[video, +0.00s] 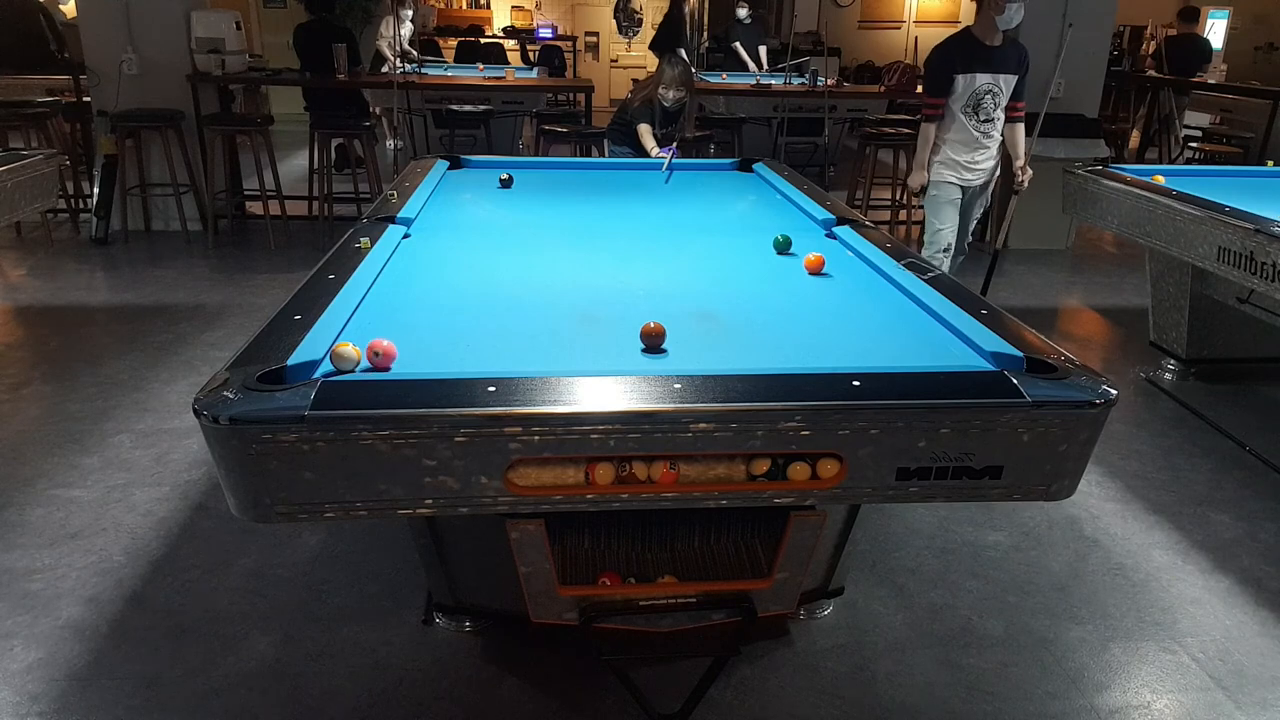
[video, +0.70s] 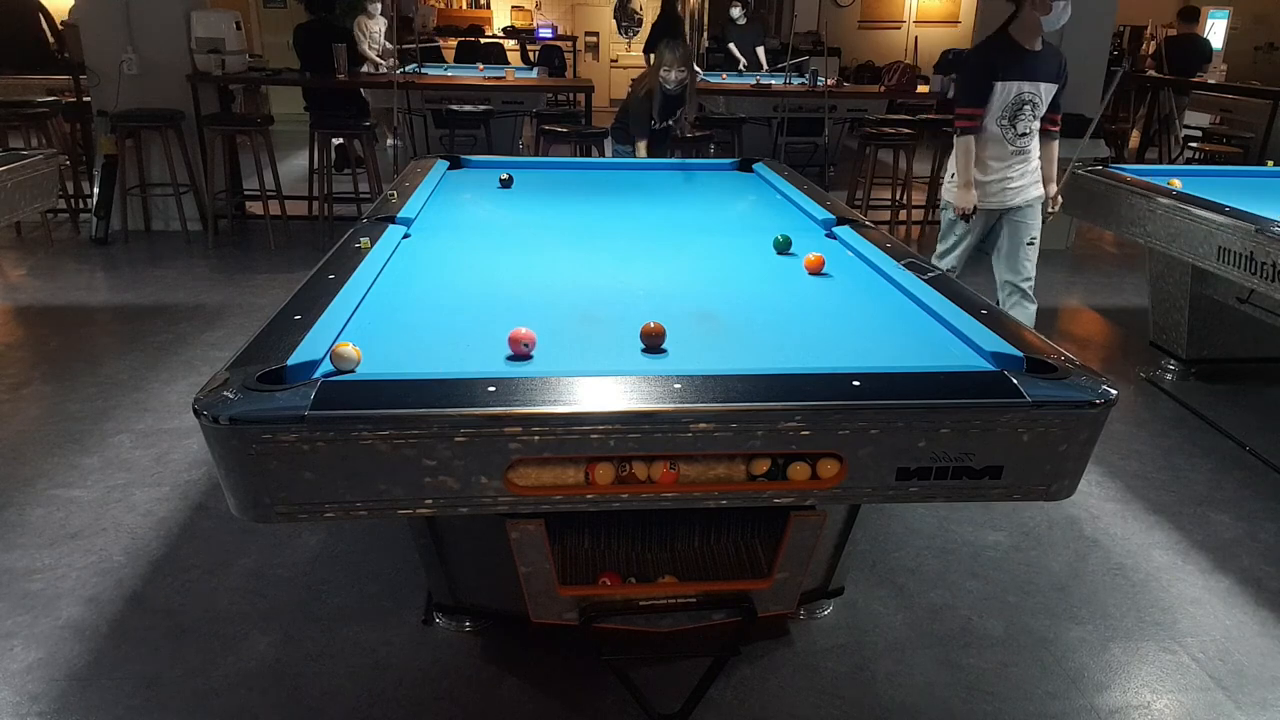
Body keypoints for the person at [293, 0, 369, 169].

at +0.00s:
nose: (302, 7)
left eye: (304, 5)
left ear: (307, 7)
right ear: (333, 7)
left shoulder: (300, 31)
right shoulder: (343, 31)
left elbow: (306, 64)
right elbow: (358, 72)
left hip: (315, 102)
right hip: (347, 103)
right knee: (362, 107)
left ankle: (352, 152)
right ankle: (345, 148)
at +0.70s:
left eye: (303, 5)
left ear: (307, 8)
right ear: (333, 7)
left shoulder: (300, 30)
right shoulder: (342, 30)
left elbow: (305, 61)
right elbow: (357, 61)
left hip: (314, 101)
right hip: (345, 101)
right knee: (362, 106)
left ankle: (350, 150)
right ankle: (343, 147)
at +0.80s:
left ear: (308, 8)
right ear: (335, 8)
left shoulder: (300, 31)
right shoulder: (344, 33)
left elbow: (305, 64)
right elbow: (355, 70)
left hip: (314, 102)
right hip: (346, 102)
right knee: (362, 107)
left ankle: (351, 150)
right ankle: (343, 147)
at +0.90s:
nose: (347, 10)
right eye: (344, 5)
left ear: (309, 8)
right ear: (337, 8)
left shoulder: (299, 31)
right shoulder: (344, 34)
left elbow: (305, 64)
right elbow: (355, 70)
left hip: (314, 102)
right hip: (345, 103)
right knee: (362, 106)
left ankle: (350, 150)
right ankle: (344, 147)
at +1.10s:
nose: (338, 7)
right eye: (336, 4)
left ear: (308, 8)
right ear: (332, 8)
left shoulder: (300, 31)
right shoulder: (344, 34)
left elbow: (306, 64)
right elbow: (357, 73)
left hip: (315, 104)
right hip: (346, 105)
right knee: (362, 105)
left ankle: (351, 150)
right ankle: (344, 148)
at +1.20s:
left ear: (308, 8)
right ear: (331, 8)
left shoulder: (300, 31)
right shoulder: (343, 32)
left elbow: (305, 65)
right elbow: (357, 71)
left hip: (315, 103)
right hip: (346, 104)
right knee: (362, 106)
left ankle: (351, 150)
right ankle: (345, 148)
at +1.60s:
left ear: (307, 8)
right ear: (332, 8)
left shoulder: (300, 31)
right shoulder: (343, 31)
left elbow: (303, 68)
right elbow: (356, 71)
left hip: (315, 103)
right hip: (346, 104)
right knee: (362, 106)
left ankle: (351, 151)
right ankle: (344, 148)